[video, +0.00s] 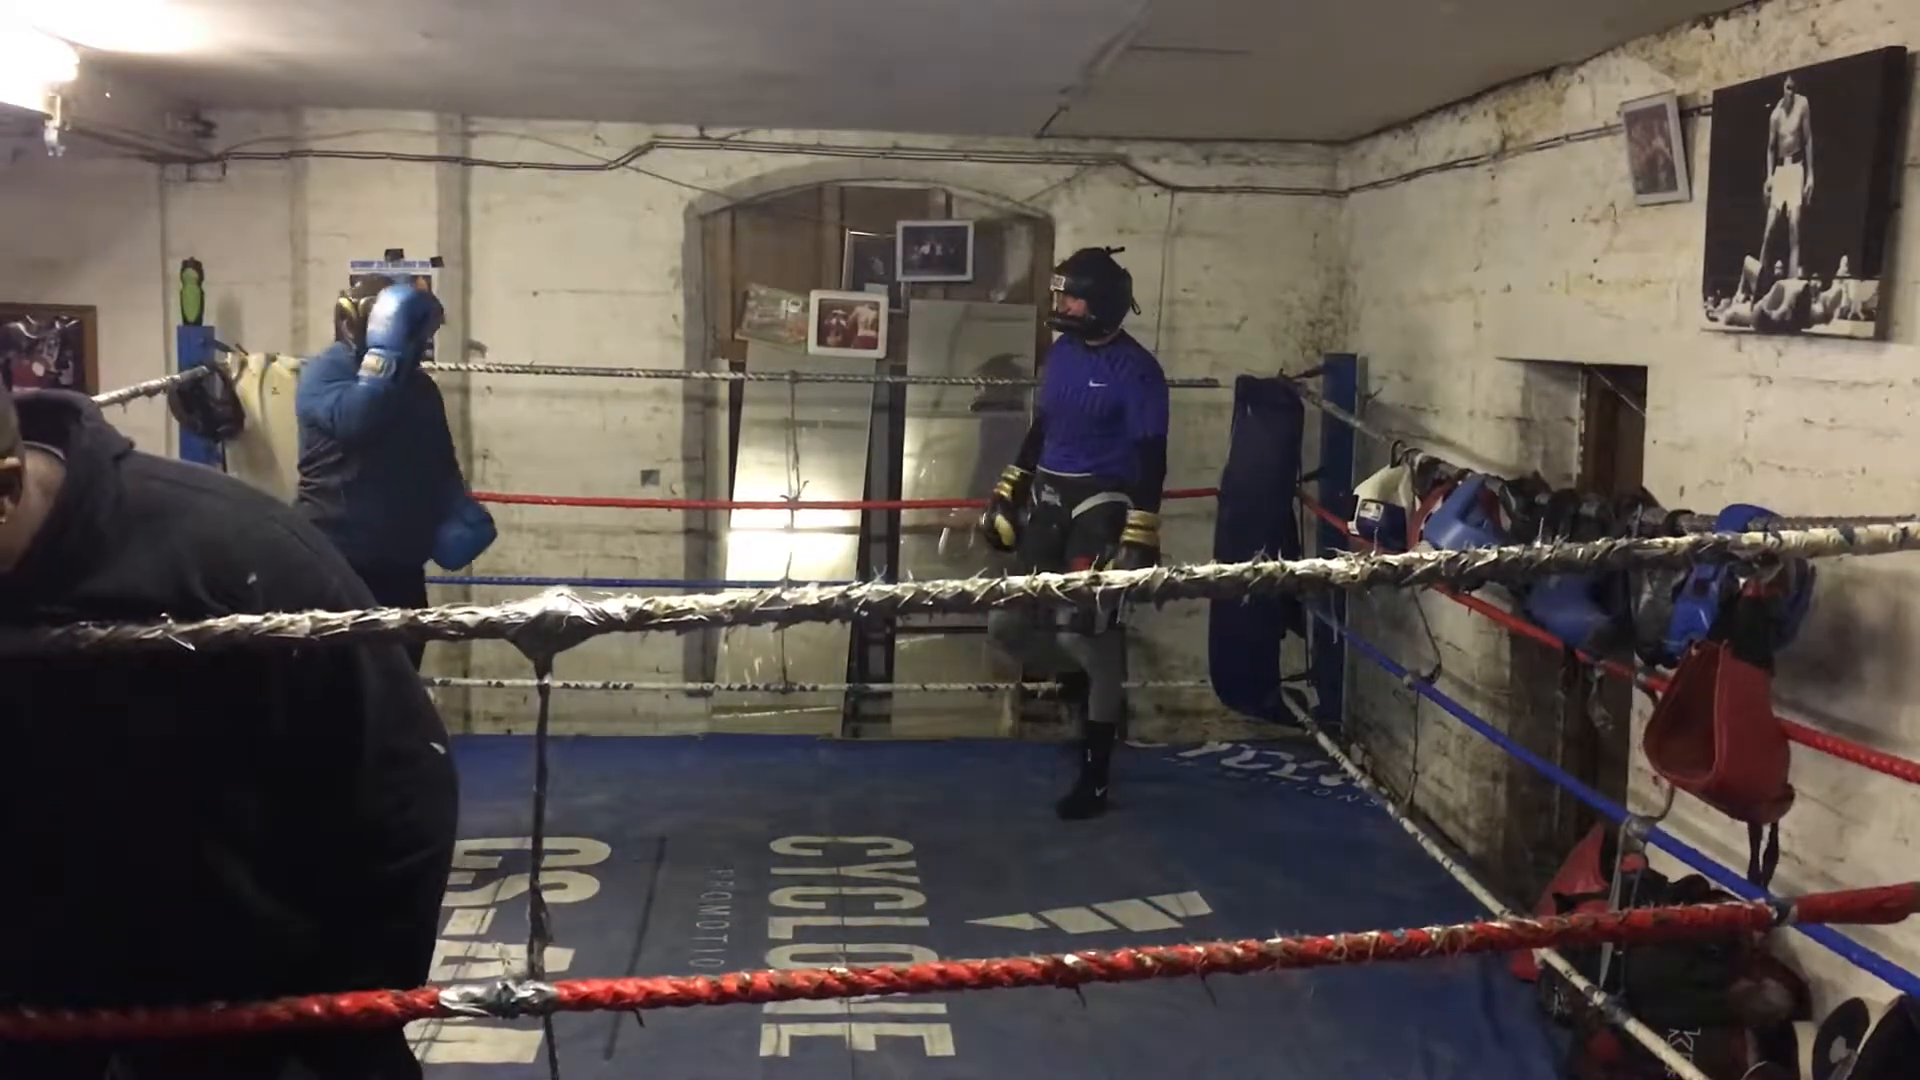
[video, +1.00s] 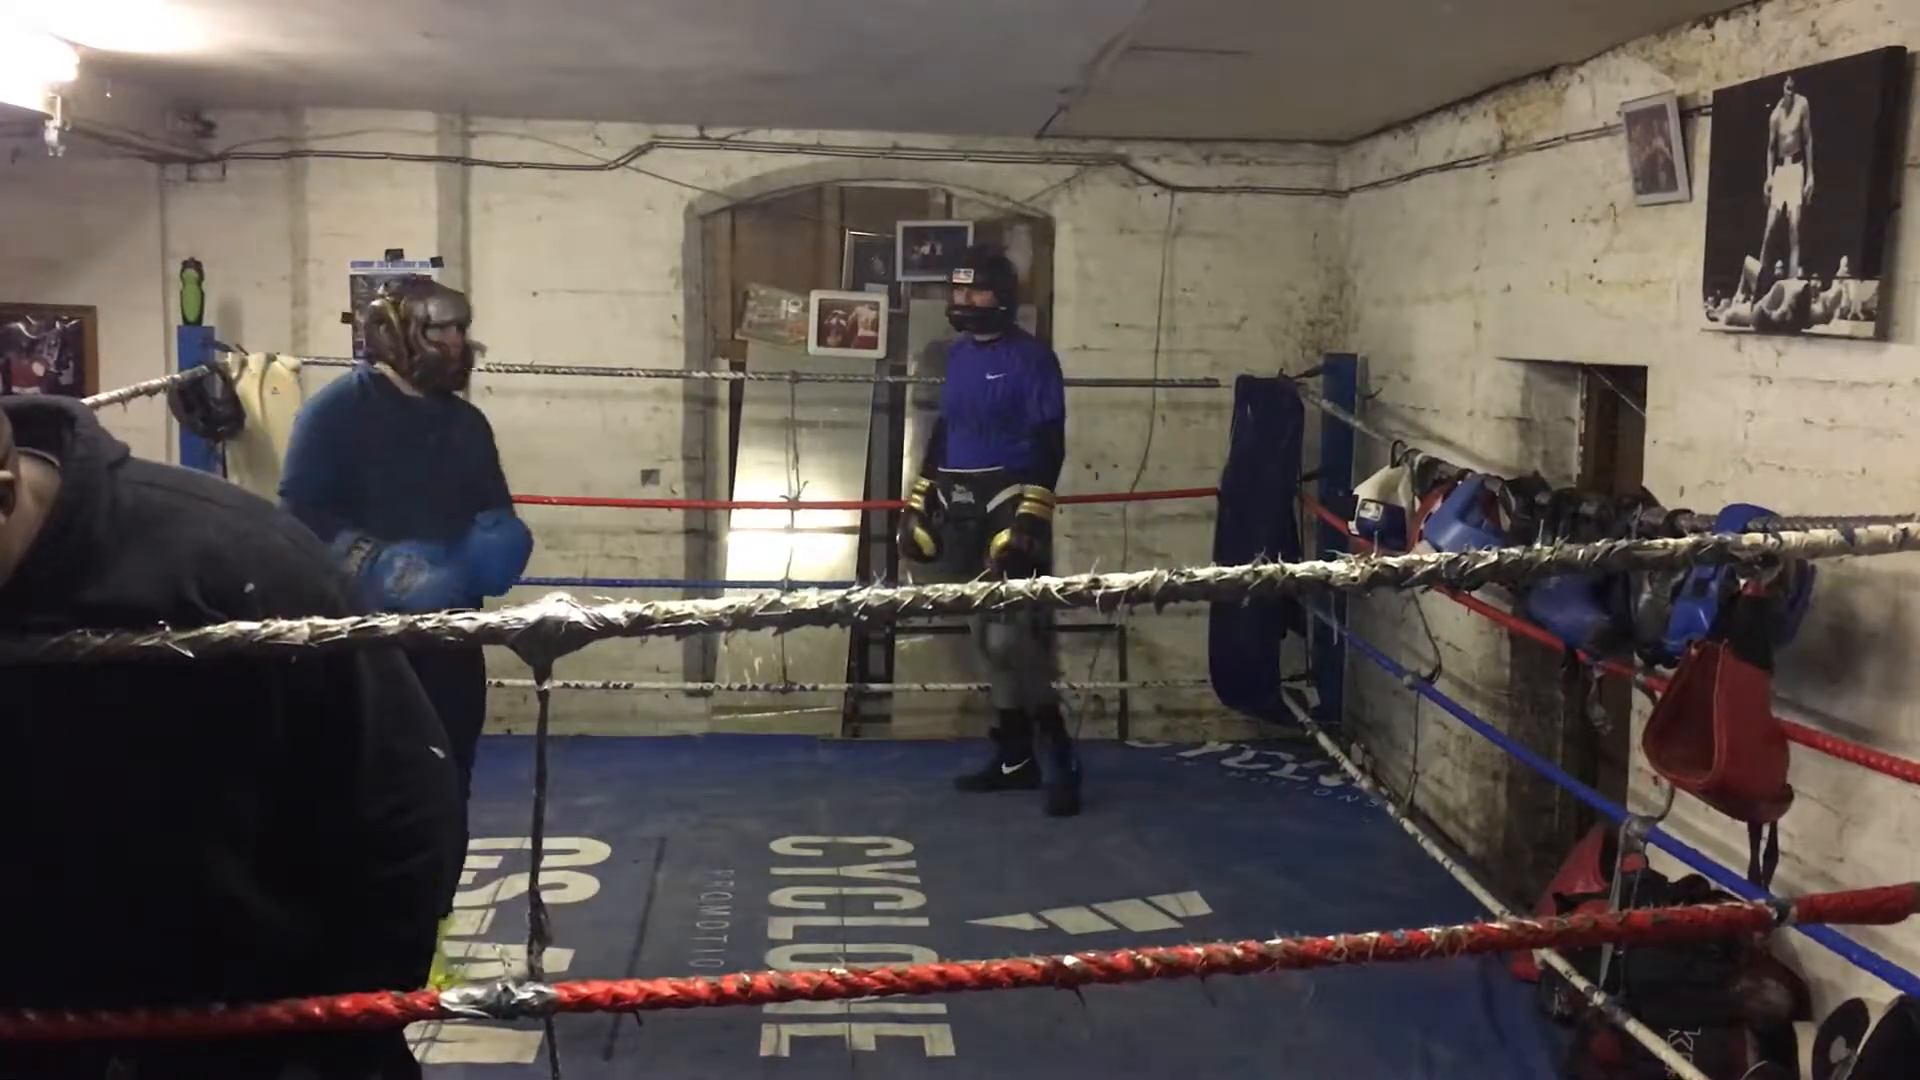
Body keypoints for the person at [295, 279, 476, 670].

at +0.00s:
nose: (418, 346)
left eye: (419, 337)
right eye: (404, 332)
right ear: (359, 323)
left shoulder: (421, 389)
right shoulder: (324, 373)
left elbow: (441, 466)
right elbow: (349, 421)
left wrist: (459, 512)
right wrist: (383, 353)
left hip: (400, 560)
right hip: (333, 557)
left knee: (398, 676)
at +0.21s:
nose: (412, 354)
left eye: (420, 341)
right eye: (397, 340)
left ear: (426, 346)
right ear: (363, 341)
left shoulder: (427, 411)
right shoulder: (325, 396)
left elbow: (452, 488)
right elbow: (309, 471)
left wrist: (475, 529)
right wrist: (357, 405)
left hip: (405, 585)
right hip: (332, 583)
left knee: (395, 705)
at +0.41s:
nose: (395, 341)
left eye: (407, 329)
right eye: (382, 327)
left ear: (420, 338)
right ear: (352, 329)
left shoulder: (424, 407)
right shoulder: (308, 399)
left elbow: (452, 487)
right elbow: (271, 487)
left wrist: (470, 527)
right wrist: (334, 487)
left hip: (407, 590)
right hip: (325, 590)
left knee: (423, 728)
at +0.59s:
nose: (409, 334)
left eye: (415, 321)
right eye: (395, 318)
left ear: (424, 328)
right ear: (357, 322)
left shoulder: (423, 402)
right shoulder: (302, 398)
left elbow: (451, 486)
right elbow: (270, 504)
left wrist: (462, 522)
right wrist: (359, 526)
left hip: (419, 597)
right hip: (329, 597)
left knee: (454, 728)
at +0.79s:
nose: (419, 349)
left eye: (428, 335)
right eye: (403, 334)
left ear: (436, 340)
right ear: (367, 336)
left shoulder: (434, 413)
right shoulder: (313, 411)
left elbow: (474, 508)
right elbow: (287, 519)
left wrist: (477, 536)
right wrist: (388, 539)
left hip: (436, 632)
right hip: (344, 635)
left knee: (438, 777)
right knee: (355, 777)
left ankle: (438, 932)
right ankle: (354, 940)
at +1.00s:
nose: (465, 345)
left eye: (465, 331)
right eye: (449, 331)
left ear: (450, 337)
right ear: (406, 338)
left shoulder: (465, 422)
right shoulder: (342, 408)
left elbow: (501, 522)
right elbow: (299, 519)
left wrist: (476, 564)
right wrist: (377, 566)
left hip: (447, 650)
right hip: (355, 650)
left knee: (441, 806)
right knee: (360, 800)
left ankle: (414, 960)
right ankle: (353, 960)